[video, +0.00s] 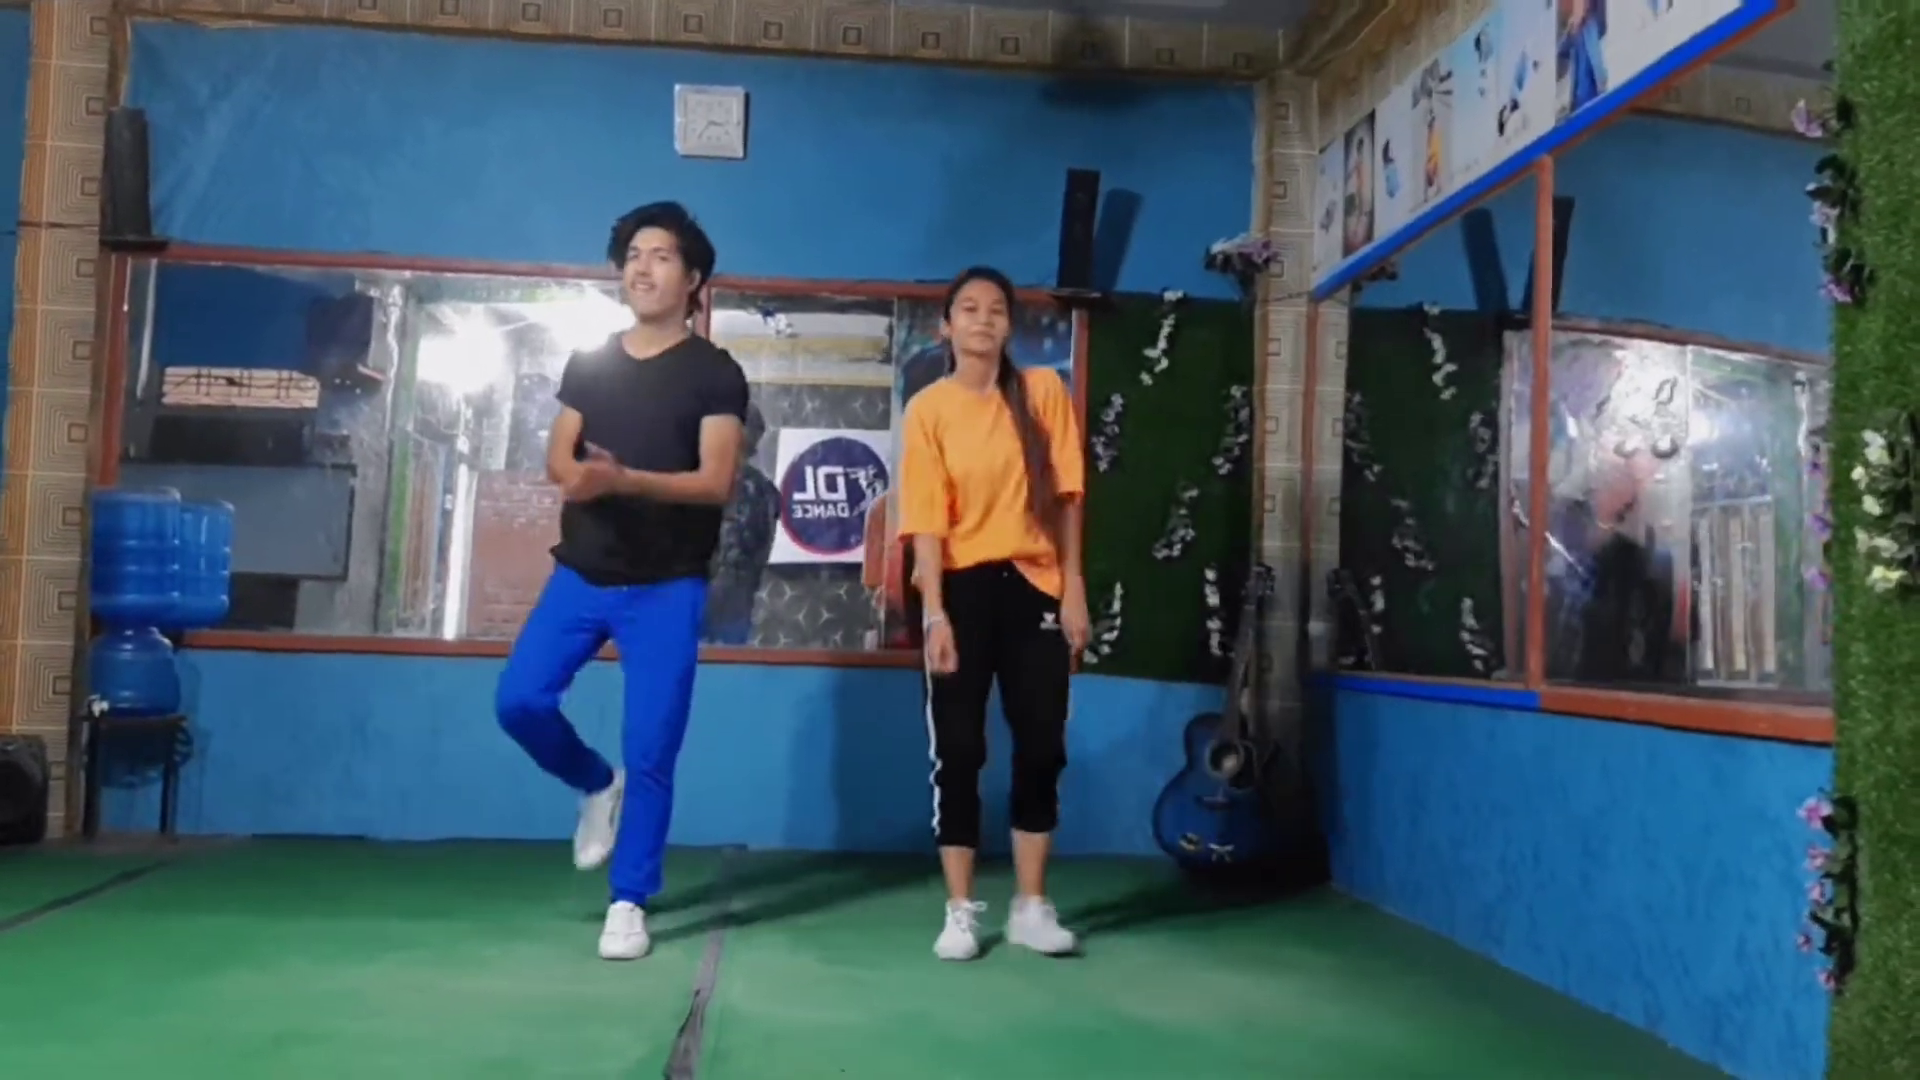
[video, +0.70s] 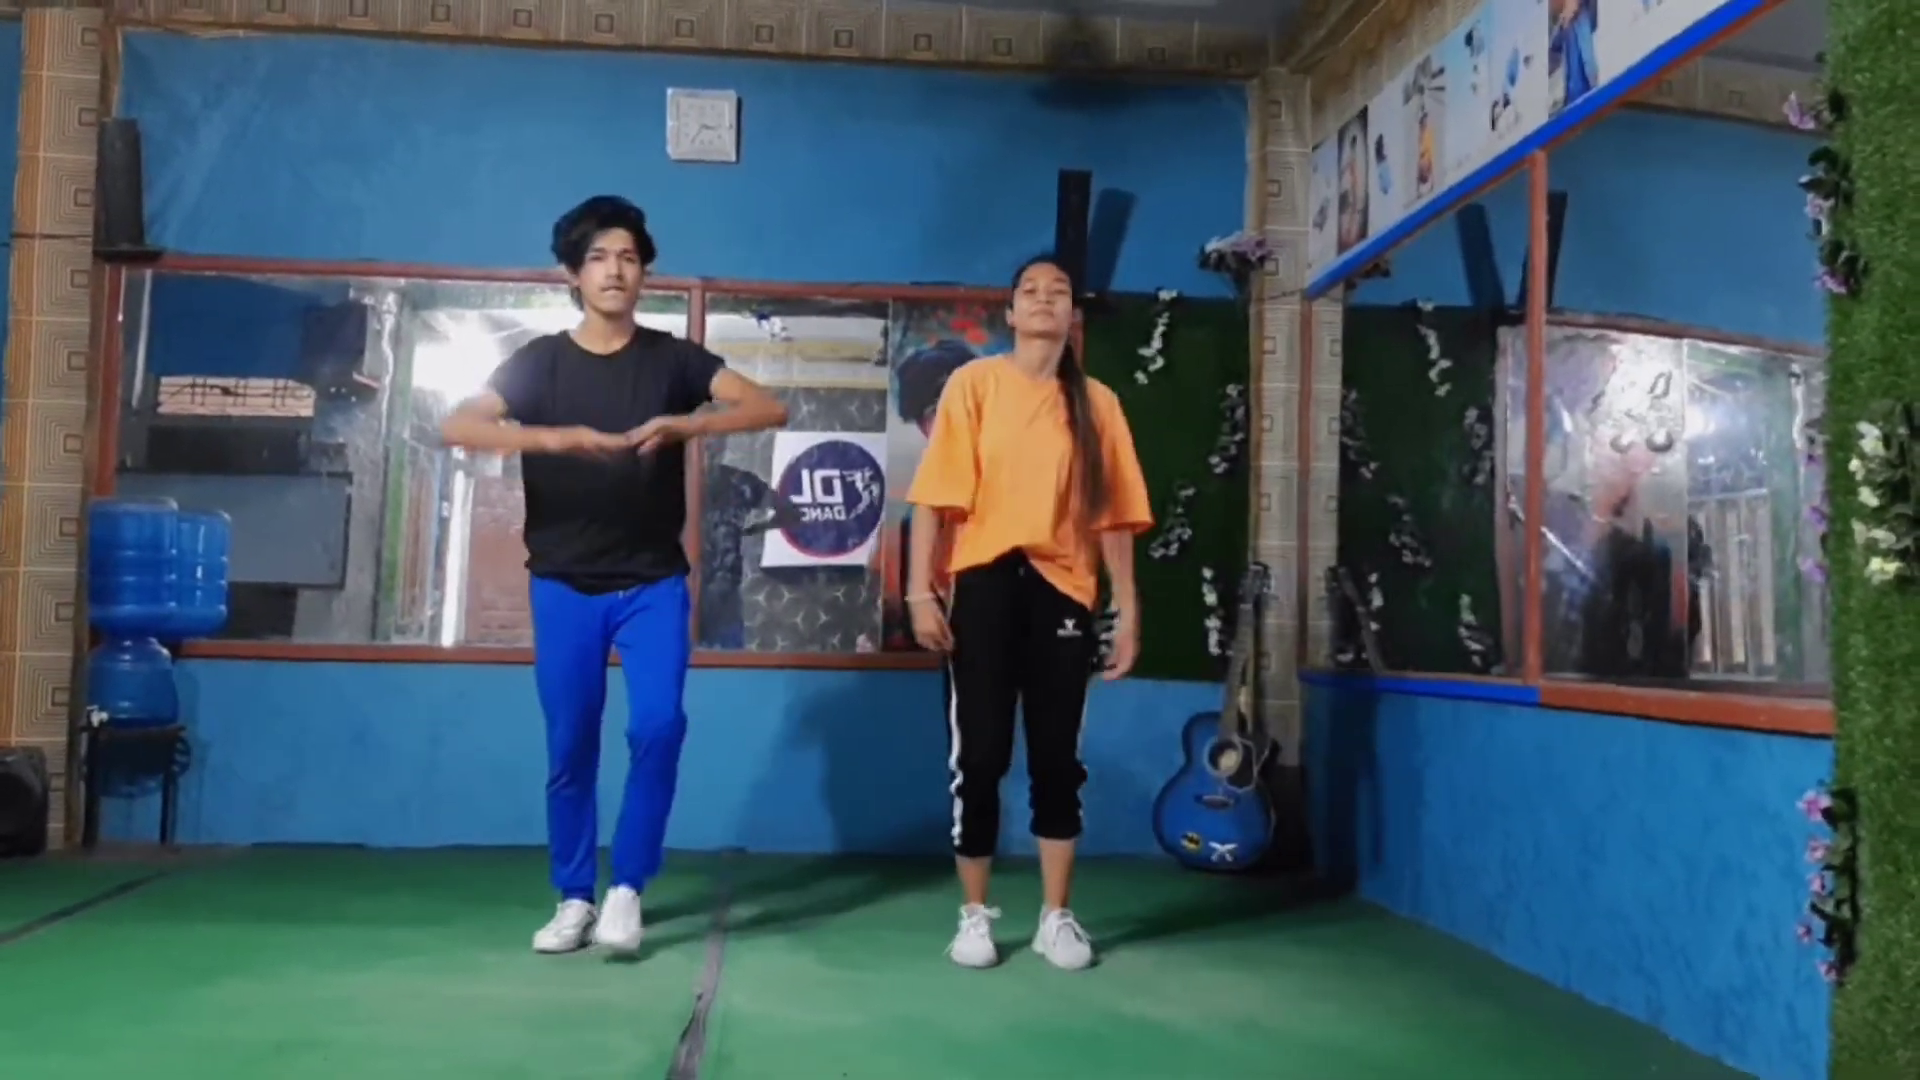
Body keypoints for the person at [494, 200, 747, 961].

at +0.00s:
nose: (644, 269)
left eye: (662, 258)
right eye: (635, 257)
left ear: (694, 279)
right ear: (619, 274)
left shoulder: (715, 373)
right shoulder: (589, 367)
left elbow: (717, 484)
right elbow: (558, 459)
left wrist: (624, 480)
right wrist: (585, 479)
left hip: (666, 589)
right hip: (580, 578)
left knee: (648, 753)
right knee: (520, 704)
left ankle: (629, 901)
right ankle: (598, 784)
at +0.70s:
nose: (618, 272)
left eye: (630, 259)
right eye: (601, 259)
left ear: (644, 273)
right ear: (573, 274)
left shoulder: (672, 358)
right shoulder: (539, 362)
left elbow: (768, 410)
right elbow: (459, 428)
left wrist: (682, 425)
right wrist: (557, 438)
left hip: (654, 585)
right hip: (563, 587)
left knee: (658, 729)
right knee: (570, 746)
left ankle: (627, 892)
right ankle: (574, 898)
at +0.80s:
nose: (626, 269)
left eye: (640, 257)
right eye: (611, 256)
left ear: (656, 272)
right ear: (583, 271)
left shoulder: (683, 359)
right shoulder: (546, 356)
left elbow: (770, 421)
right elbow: (457, 423)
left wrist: (838, 386)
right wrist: (423, 380)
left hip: (657, 587)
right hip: (567, 585)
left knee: (639, 748)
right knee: (572, 748)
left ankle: (620, 904)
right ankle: (578, 895)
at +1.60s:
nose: (624, 265)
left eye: (638, 251)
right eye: (609, 252)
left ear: (662, 265)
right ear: (588, 269)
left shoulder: (699, 345)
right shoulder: (563, 355)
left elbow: (793, 401)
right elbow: (472, 404)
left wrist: (784, 336)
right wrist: (419, 335)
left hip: (665, 575)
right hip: (579, 565)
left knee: (655, 727)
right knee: (496, 685)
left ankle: (673, 865)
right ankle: (538, 844)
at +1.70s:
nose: (614, 261)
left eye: (628, 246)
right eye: (597, 248)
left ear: (652, 260)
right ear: (578, 263)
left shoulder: (691, 341)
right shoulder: (550, 350)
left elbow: (778, 402)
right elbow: (466, 400)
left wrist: (724, 427)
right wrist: (449, 417)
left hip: (656, 558)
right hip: (570, 556)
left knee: (628, 690)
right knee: (521, 709)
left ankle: (618, 840)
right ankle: (537, 884)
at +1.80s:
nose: (604, 271)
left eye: (618, 256)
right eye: (588, 258)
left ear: (642, 271)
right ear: (569, 275)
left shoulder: (682, 362)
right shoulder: (549, 368)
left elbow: (736, 464)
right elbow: (505, 470)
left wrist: (700, 535)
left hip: (628, 587)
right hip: (549, 583)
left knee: (586, 736)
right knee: (528, 740)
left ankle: (598, 892)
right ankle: (553, 898)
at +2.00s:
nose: (582, 282)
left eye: (598, 269)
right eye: (569, 271)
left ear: (626, 284)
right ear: (553, 287)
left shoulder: (665, 346)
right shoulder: (540, 392)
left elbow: (729, 420)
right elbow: (484, 475)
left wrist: (643, 434)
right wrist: (446, 509)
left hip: (642, 578)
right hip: (559, 582)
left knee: (584, 704)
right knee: (523, 745)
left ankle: (615, 855)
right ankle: (552, 904)